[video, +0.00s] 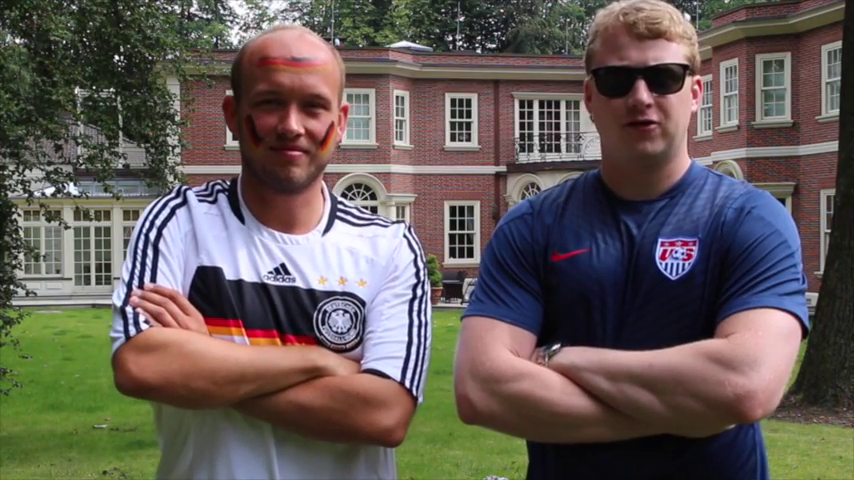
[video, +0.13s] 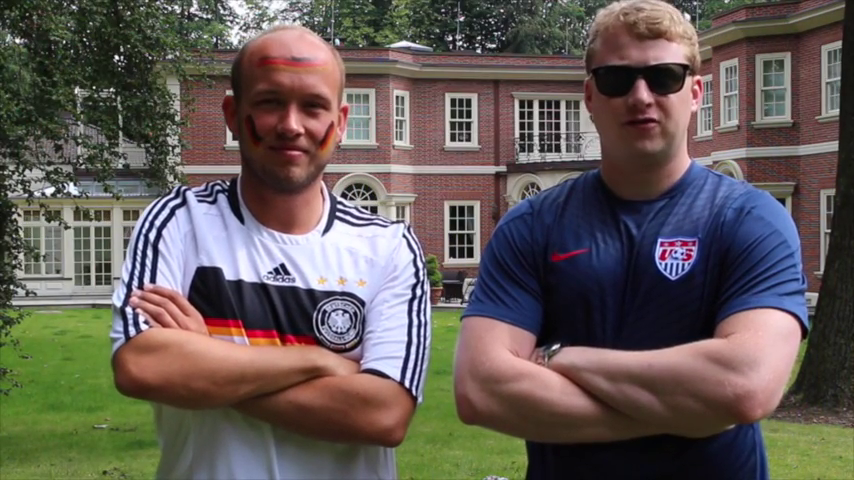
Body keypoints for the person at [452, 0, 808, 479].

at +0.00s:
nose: (640, 97)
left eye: (662, 78)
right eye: (616, 80)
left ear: (695, 93)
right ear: (589, 97)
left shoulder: (751, 219)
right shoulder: (530, 227)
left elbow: (747, 388)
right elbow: (481, 391)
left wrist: (558, 360)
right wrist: (672, 410)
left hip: (714, 473)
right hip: (565, 473)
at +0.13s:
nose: (640, 97)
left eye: (663, 78)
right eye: (617, 79)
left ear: (695, 93)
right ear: (589, 96)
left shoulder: (750, 219)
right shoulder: (530, 227)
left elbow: (746, 388)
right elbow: (481, 391)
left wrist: (558, 360)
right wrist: (672, 410)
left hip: (713, 473)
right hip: (565, 473)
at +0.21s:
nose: (640, 96)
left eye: (662, 77)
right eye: (616, 79)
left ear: (695, 93)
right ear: (589, 96)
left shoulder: (750, 219)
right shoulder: (530, 227)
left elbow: (746, 388)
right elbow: (480, 391)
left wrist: (557, 360)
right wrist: (672, 410)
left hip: (713, 473)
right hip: (565, 473)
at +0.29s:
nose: (640, 96)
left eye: (662, 77)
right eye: (616, 78)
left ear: (695, 93)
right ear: (589, 97)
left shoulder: (750, 219)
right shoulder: (530, 227)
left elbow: (746, 387)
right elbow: (480, 390)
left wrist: (557, 360)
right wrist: (672, 410)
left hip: (713, 473)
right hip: (564, 473)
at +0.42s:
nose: (639, 94)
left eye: (662, 76)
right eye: (616, 78)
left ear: (695, 92)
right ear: (589, 96)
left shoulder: (750, 219)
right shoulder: (529, 227)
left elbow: (746, 387)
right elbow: (480, 390)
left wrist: (558, 360)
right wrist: (672, 410)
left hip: (713, 473)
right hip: (564, 473)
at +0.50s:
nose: (639, 94)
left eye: (661, 76)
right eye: (615, 77)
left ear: (694, 92)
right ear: (589, 96)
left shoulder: (750, 219)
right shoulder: (529, 227)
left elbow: (746, 387)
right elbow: (479, 390)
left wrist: (557, 360)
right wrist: (672, 410)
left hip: (713, 473)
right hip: (564, 473)